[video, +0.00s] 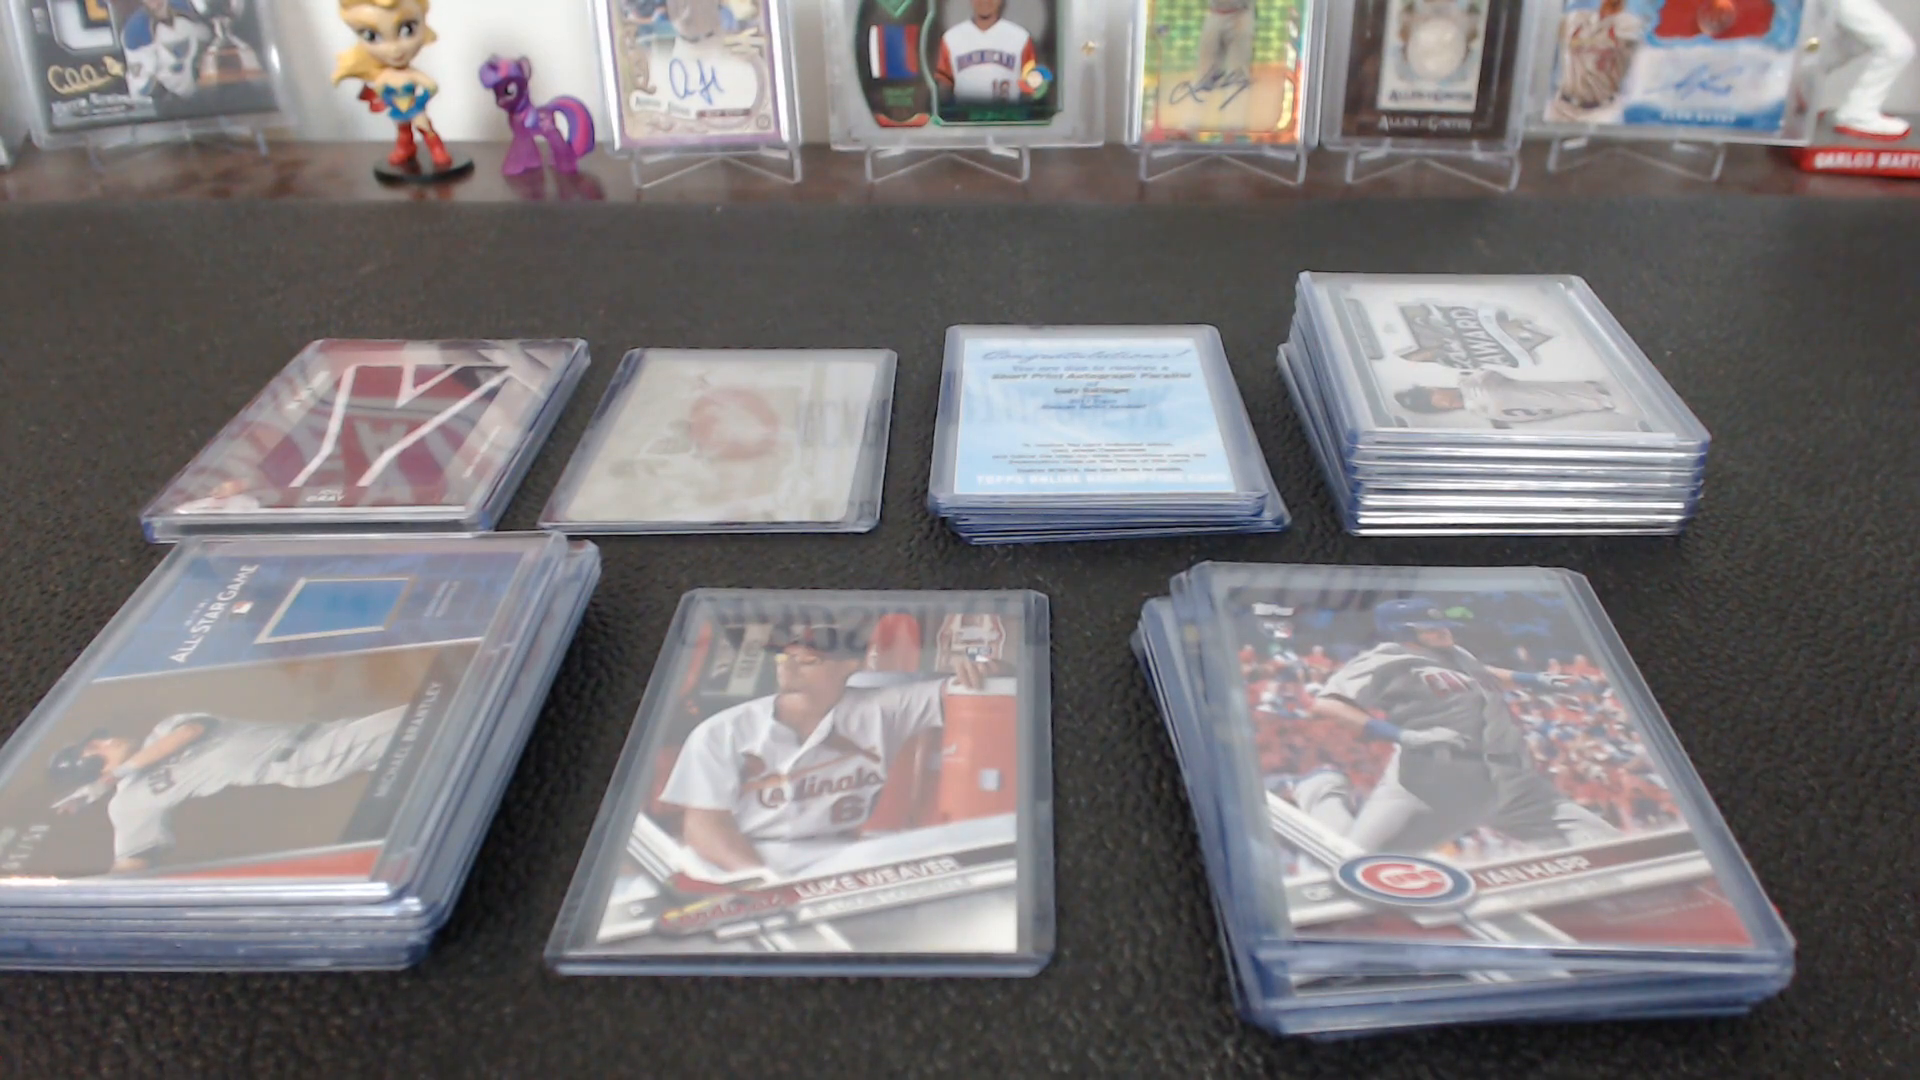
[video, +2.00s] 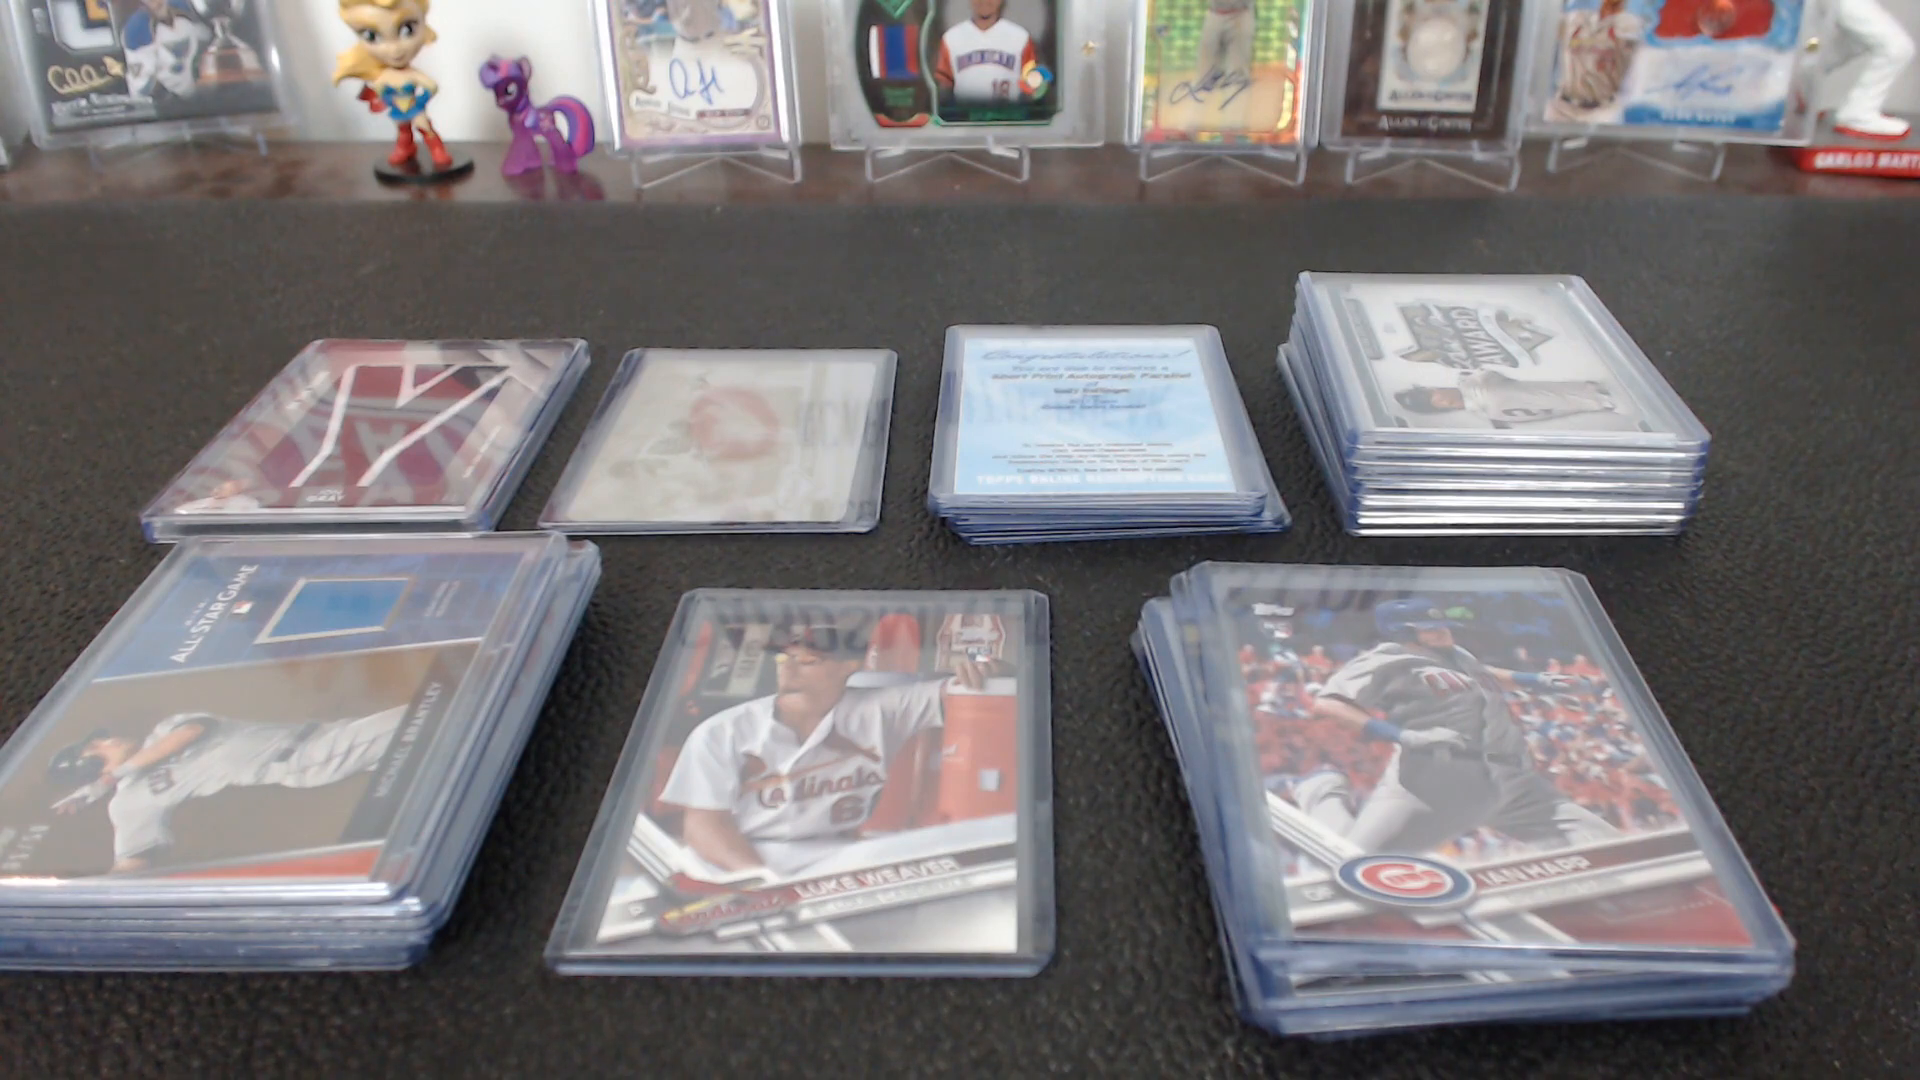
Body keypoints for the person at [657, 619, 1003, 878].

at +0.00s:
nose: (800, 654)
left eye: (821, 646)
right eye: (790, 643)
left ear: (854, 662)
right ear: (776, 655)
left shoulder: (876, 713)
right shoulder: (720, 735)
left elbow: (959, 690)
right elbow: (703, 830)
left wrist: (972, 674)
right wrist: (768, 884)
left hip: (830, 868)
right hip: (730, 873)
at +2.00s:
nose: (793, 660)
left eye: (814, 650)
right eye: (786, 648)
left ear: (853, 664)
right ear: (775, 657)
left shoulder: (875, 714)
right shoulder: (720, 736)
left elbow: (957, 690)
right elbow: (703, 829)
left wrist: (973, 672)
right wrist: (768, 884)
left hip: (827, 868)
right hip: (729, 871)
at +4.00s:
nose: (793, 658)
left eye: (814, 650)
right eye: (786, 646)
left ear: (853, 663)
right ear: (776, 655)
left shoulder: (874, 715)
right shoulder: (720, 735)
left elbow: (955, 692)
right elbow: (703, 831)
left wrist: (976, 674)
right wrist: (768, 885)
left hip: (829, 869)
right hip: (732, 875)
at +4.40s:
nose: (794, 657)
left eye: (816, 650)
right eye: (788, 645)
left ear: (854, 664)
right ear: (777, 654)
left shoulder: (875, 714)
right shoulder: (722, 735)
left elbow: (955, 692)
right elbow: (703, 830)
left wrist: (975, 675)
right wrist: (770, 884)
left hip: (826, 874)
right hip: (725, 879)